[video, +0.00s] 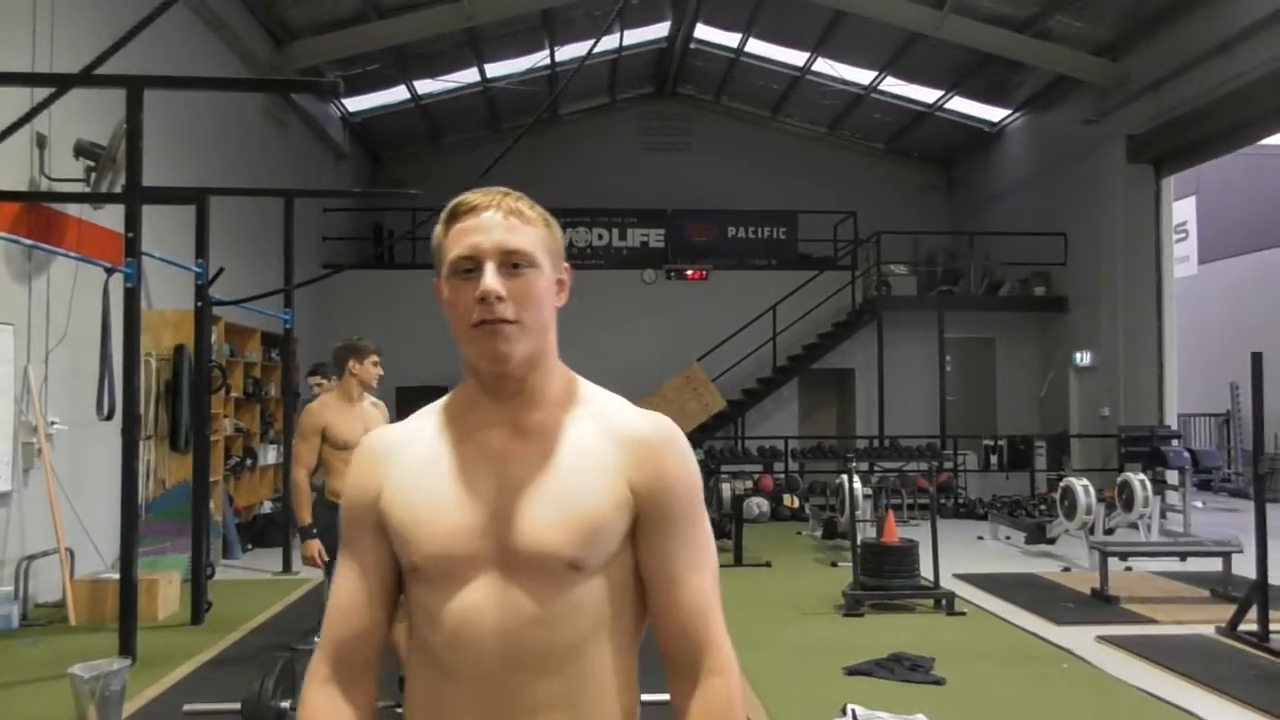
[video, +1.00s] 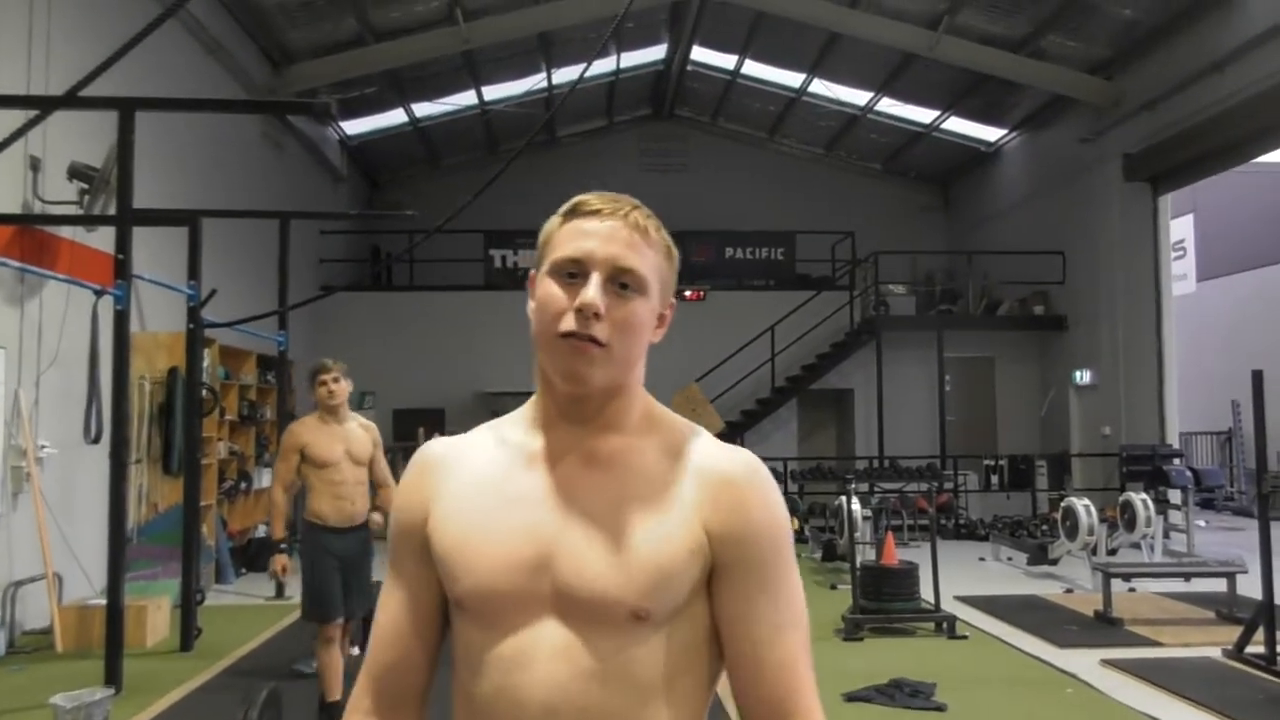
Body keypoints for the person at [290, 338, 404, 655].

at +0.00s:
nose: (380, 372)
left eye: (380, 365)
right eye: (375, 365)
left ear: (359, 368)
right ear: (353, 367)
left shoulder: (379, 409)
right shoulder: (318, 411)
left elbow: (384, 459)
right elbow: (300, 473)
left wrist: (392, 505)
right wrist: (307, 533)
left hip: (374, 508)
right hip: (336, 510)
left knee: (379, 586)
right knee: (341, 590)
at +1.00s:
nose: (330, 388)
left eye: (335, 381)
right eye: (322, 384)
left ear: (349, 386)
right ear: (314, 393)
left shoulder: (367, 430)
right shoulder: (299, 432)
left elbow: (385, 483)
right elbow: (280, 488)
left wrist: (384, 513)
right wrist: (279, 546)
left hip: (359, 533)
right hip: (319, 534)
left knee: (346, 626)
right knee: (330, 630)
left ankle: (331, 702)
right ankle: (333, 708)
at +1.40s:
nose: (322, 398)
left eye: (329, 392)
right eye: (316, 393)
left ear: (343, 398)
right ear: (307, 399)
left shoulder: (356, 444)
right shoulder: (285, 436)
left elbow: (365, 502)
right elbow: (259, 487)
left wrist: (369, 556)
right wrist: (253, 540)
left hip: (336, 544)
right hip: (291, 543)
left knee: (324, 636)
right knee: (298, 636)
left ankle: (319, 710)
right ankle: (297, 712)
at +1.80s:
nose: (276, 411)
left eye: (284, 405)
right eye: (270, 406)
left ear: (298, 411)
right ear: (261, 413)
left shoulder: (317, 456)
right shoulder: (243, 455)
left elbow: (334, 512)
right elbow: (226, 511)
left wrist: (343, 566)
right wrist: (222, 567)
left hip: (301, 565)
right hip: (254, 566)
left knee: (300, 654)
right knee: (245, 661)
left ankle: (305, 716)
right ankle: (238, 715)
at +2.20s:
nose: (235, 426)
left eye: (241, 419)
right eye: (227, 421)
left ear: (254, 424)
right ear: (217, 429)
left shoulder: (279, 465)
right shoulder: (201, 475)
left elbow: (297, 520)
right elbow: (181, 529)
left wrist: (289, 567)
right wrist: (182, 584)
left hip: (274, 575)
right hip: (227, 579)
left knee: (290, 667)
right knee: (230, 674)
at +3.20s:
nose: (282, 457)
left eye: (282, 450)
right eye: (277, 450)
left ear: (260, 453)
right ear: (256, 452)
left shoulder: (278, 495)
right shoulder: (212, 494)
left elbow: (287, 553)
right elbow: (186, 551)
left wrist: (302, 604)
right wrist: (185, 613)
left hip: (273, 606)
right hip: (228, 608)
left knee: (276, 697)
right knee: (226, 703)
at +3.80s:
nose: (312, 473)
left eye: (314, 467)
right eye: (307, 465)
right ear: (284, 463)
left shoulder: (303, 508)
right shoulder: (248, 501)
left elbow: (309, 568)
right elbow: (204, 549)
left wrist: (321, 621)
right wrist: (224, 604)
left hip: (297, 617)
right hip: (255, 620)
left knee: (282, 704)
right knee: (238, 708)